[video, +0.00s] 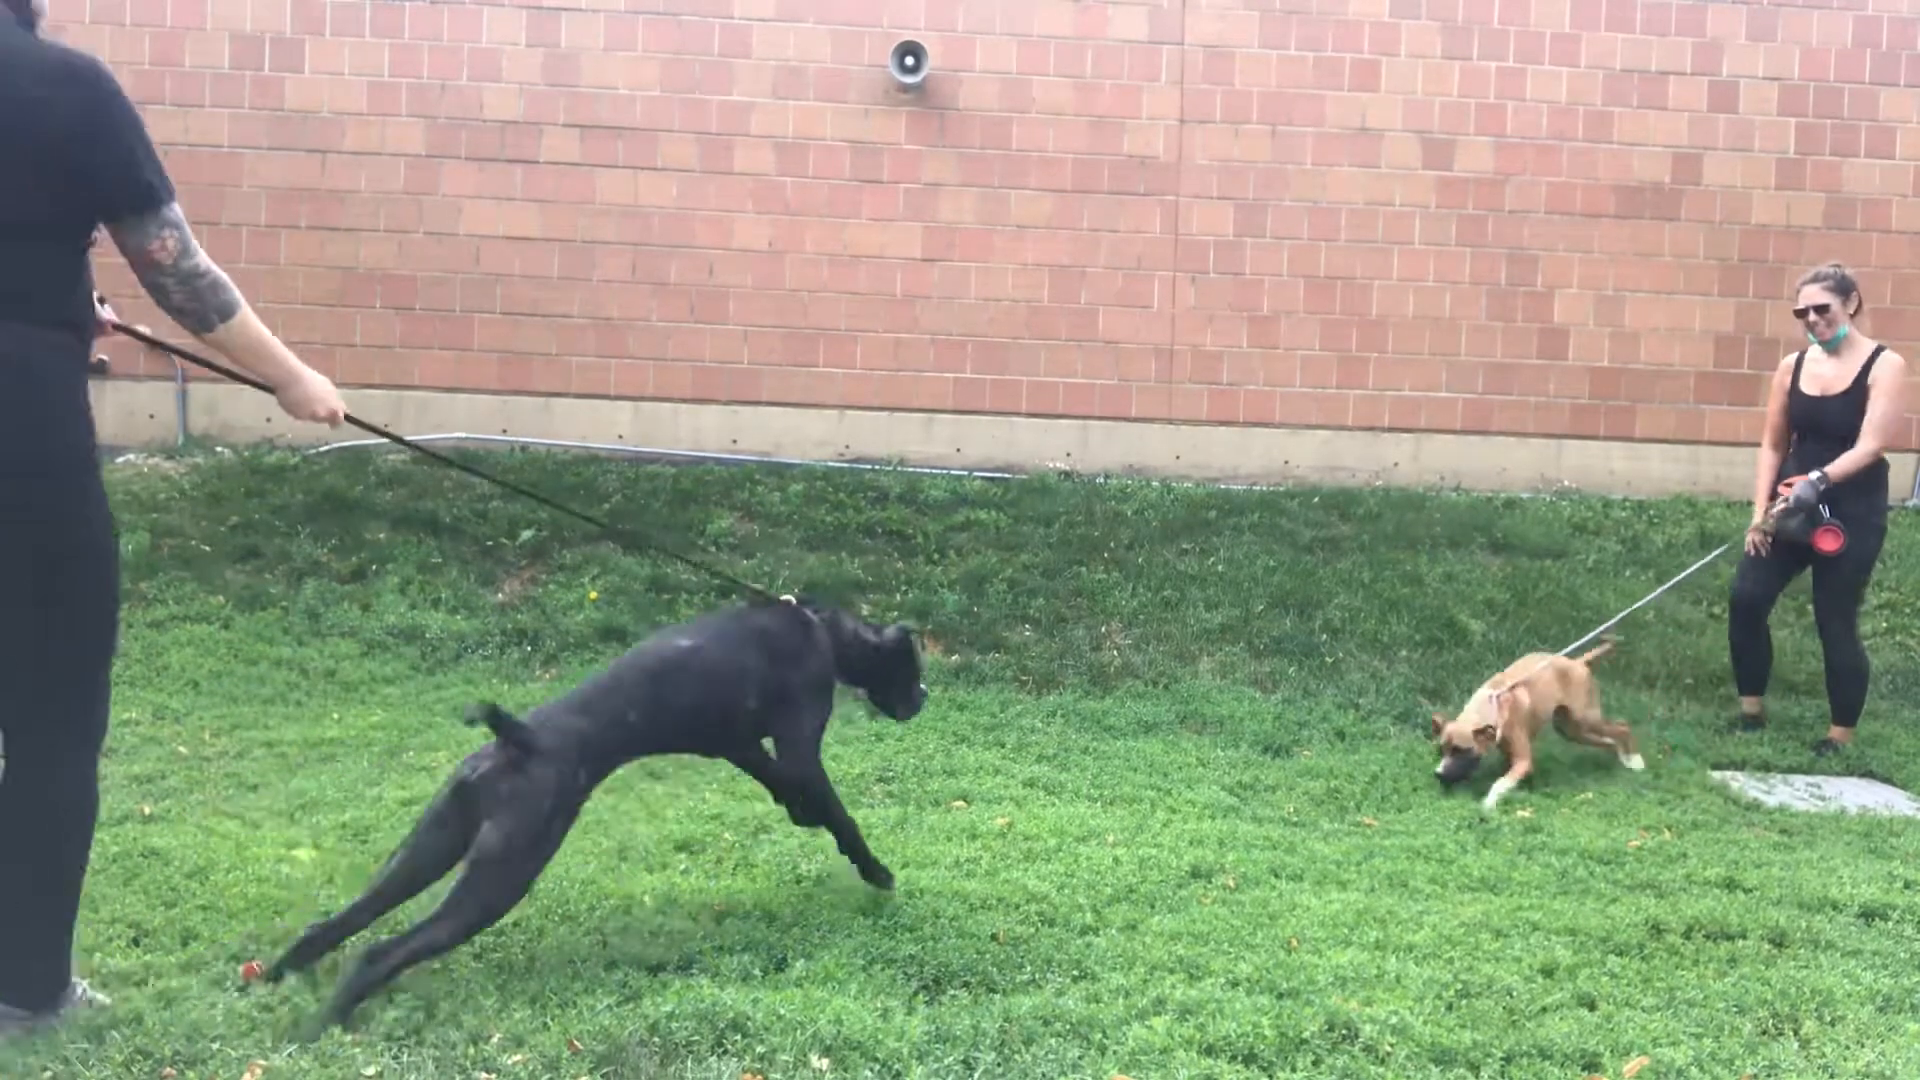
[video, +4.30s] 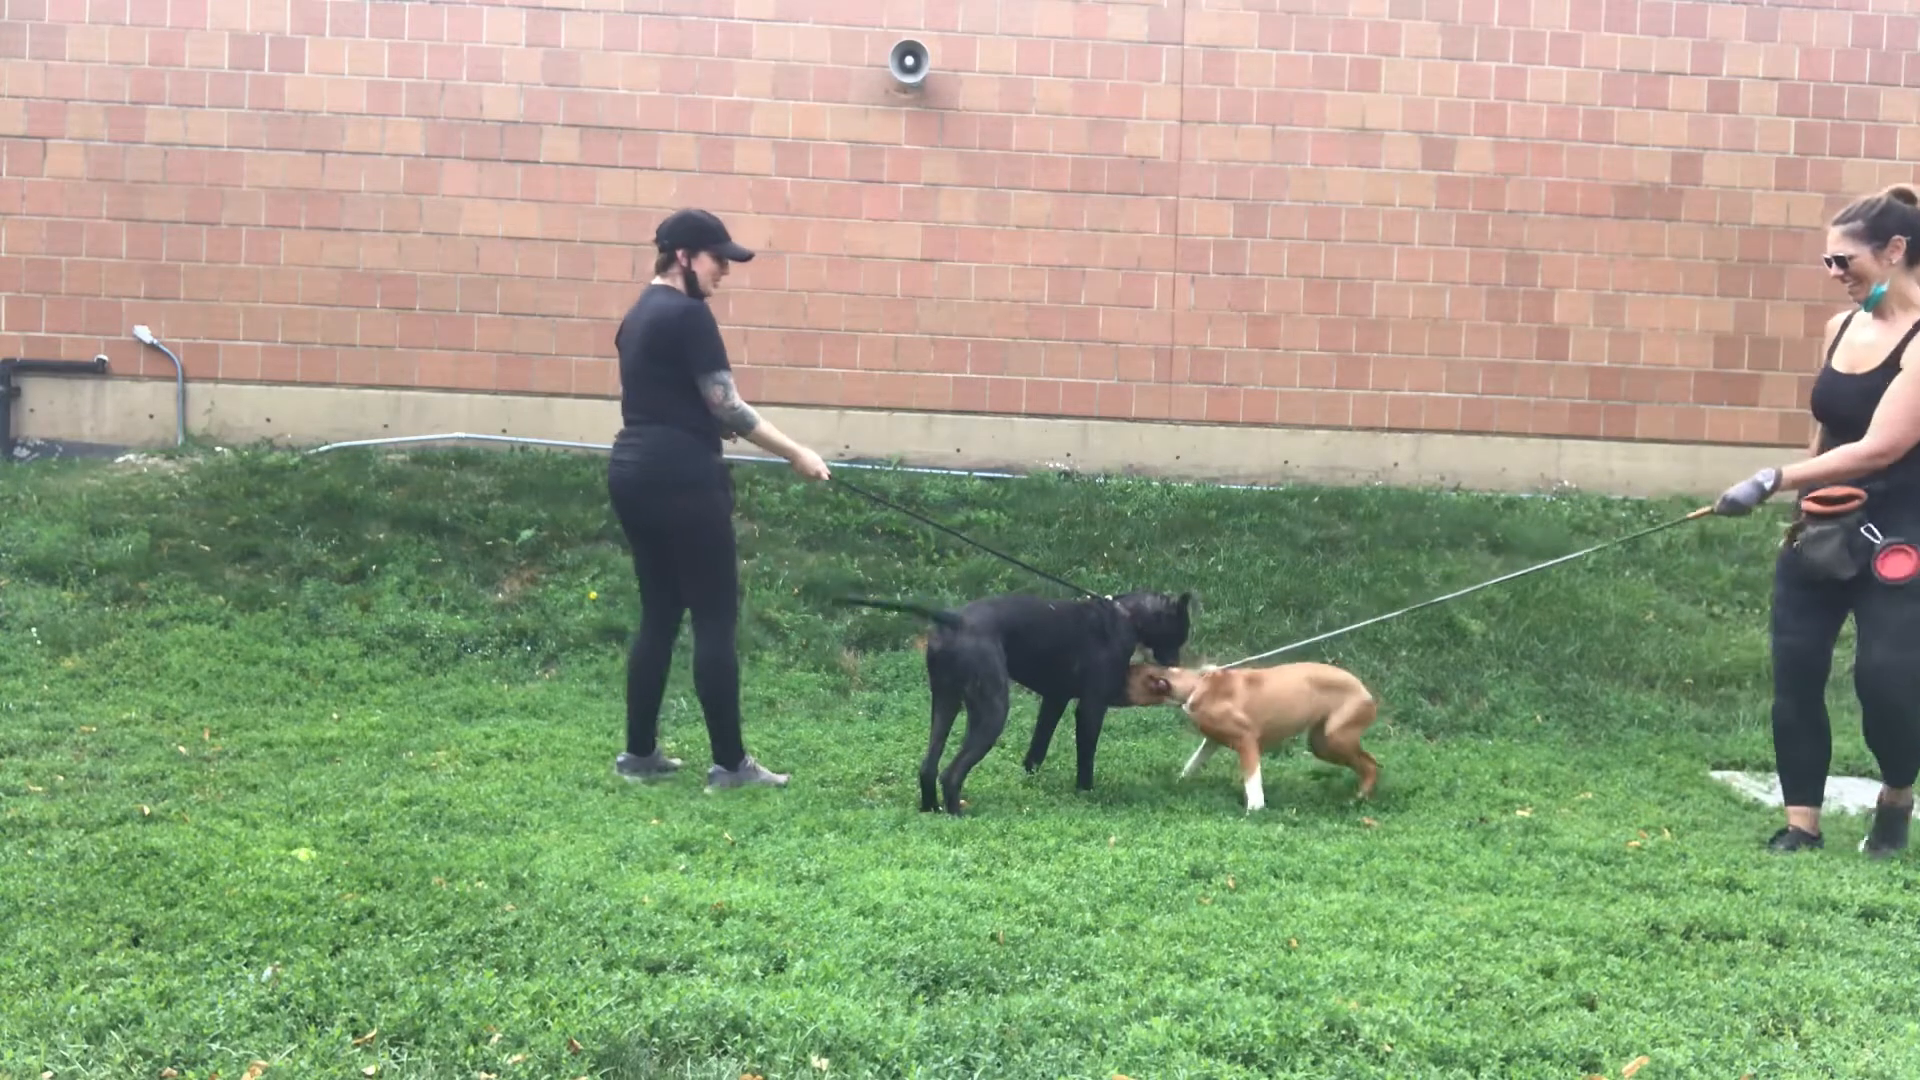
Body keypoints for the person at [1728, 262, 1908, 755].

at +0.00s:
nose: (1812, 320)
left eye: (1822, 309)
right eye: (1804, 313)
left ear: (1850, 304)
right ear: (1799, 314)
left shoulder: (1884, 365)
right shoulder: (1792, 366)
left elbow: (1871, 447)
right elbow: (1771, 445)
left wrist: (1815, 482)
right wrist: (1759, 513)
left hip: (1854, 509)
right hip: (1793, 503)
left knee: (1834, 617)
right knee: (1746, 596)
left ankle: (1841, 736)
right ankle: (1750, 712)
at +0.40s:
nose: (1742, 322)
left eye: (1751, 312)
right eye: (1735, 314)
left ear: (1781, 309)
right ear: (1732, 316)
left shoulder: (1804, 366)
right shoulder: (1757, 364)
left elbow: (1778, 434)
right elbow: (1754, 440)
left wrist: (1740, 475)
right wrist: (1727, 492)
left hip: (1795, 516)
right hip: (1750, 509)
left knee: (1799, 623)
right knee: (1707, 602)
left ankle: (1838, 732)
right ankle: (1686, 716)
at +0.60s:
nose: (1697, 325)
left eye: (1706, 315)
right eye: (1690, 317)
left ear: (1735, 310)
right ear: (1686, 315)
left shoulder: (1754, 360)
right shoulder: (1708, 365)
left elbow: (1732, 414)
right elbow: (1697, 433)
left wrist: (1692, 444)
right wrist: (1679, 483)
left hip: (1753, 503)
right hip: (1710, 500)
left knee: (1709, 607)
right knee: (1680, 602)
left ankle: (1794, 705)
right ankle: (1683, 718)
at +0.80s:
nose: (1669, 320)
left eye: (1678, 310)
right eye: (1661, 313)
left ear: (1705, 304)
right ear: (1655, 313)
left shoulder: (1724, 356)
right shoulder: (1683, 358)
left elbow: (1695, 426)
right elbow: (1689, 434)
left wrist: (1655, 472)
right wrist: (1664, 491)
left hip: (1730, 497)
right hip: (1689, 495)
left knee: (1682, 599)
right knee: (1663, 599)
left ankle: (1693, 733)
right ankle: (1679, 722)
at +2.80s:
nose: (1734, 296)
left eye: (1745, 286)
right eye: (1730, 286)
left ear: (1784, 281)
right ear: (1730, 282)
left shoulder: (1810, 344)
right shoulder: (1743, 338)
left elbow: (1757, 416)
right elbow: (1747, 420)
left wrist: (1692, 454)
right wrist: (1733, 478)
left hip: (1805, 501)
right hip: (1752, 494)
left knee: (1773, 615)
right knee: (1696, 605)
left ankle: (1774, 758)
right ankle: (1710, 722)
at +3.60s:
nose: (1770, 287)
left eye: (1781, 277)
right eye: (1767, 277)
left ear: (1825, 270)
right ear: (1769, 273)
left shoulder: (1854, 344)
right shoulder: (1762, 336)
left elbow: (1802, 435)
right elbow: (1740, 430)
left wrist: (1722, 461)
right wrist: (1706, 501)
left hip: (1819, 510)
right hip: (1750, 502)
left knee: (1820, 640)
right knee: (1726, 637)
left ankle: (1864, 791)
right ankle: (1714, 768)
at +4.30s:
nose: (1834, 272)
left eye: (1844, 260)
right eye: (1831, 260)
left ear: (1895, 251)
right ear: (1873, 257)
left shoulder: (1917, 340)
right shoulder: (1843, 328)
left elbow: (1884, 447)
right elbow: (1827, 434)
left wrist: (1773, 478)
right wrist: (1802, 497)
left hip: (1897, 529)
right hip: (1825, 520)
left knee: (1885, 676)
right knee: (1796, 667)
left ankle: (1896, 796)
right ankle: (1802, 825)